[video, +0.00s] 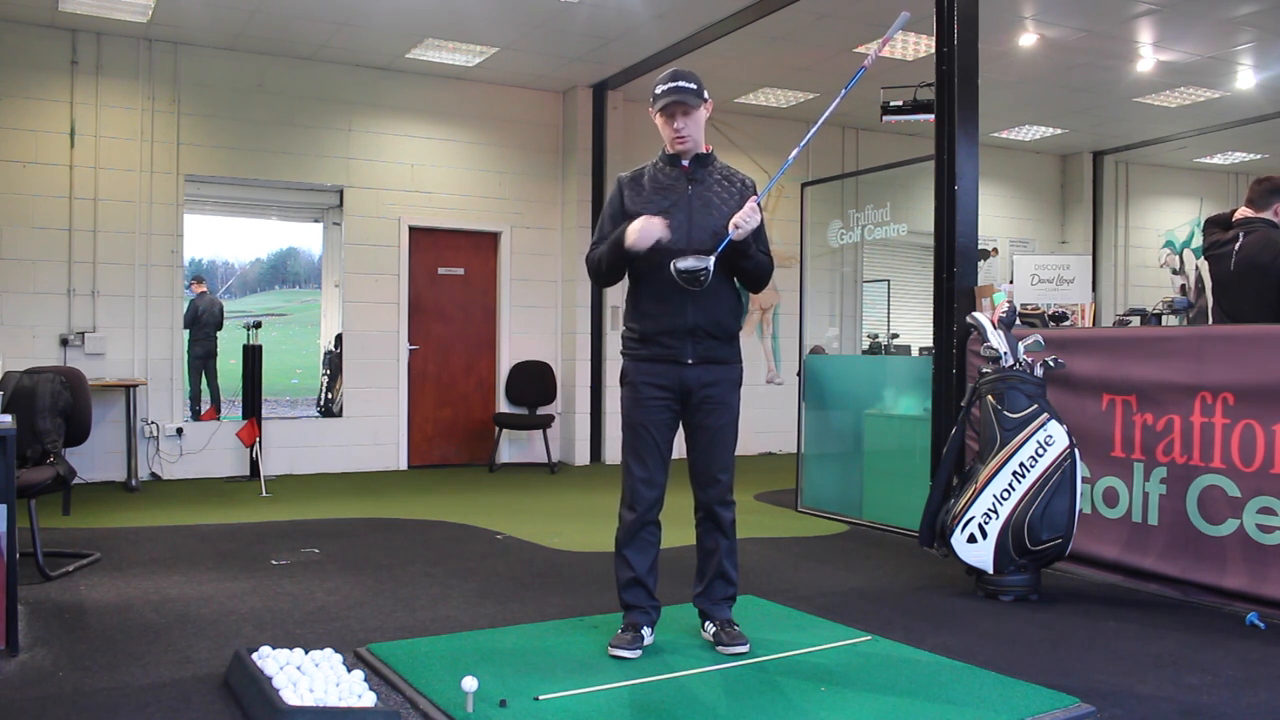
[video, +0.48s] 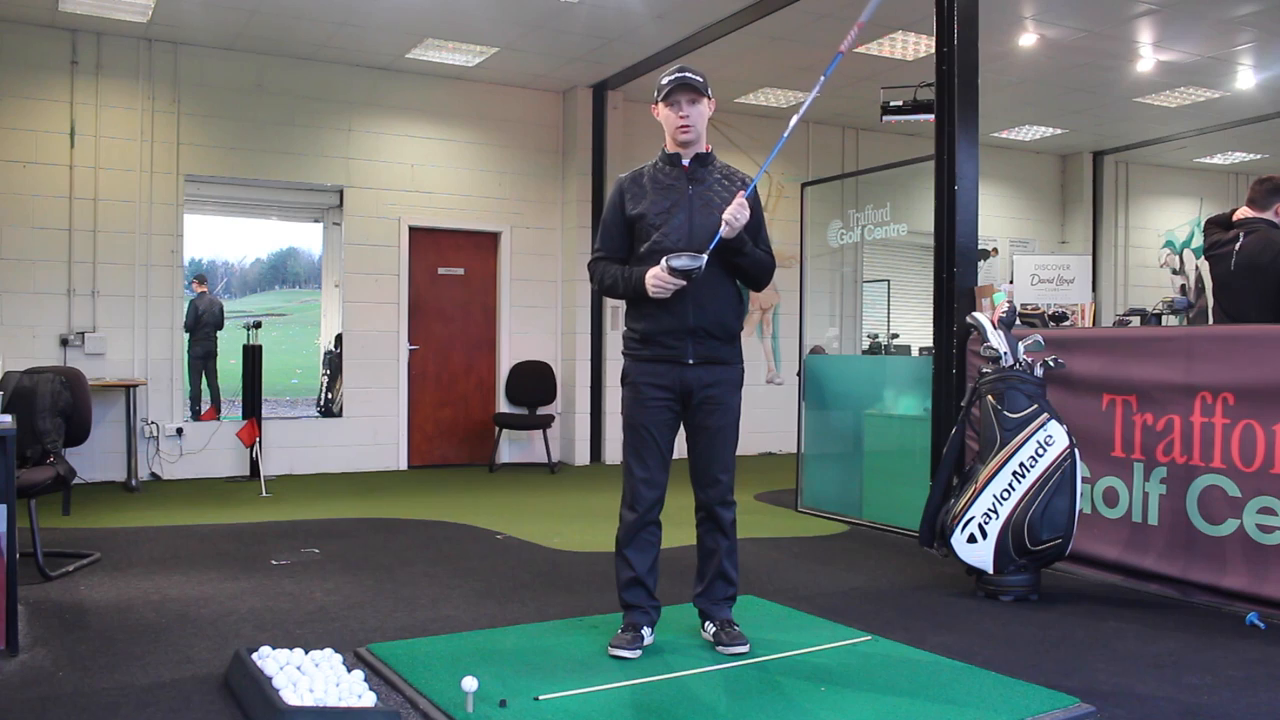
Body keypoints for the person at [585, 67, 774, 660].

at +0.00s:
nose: (676, 122)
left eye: (686, 110)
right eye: (667, 112)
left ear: (707, 112)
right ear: (655, 119)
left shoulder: (738, 188)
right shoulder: (631, 188)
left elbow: (758, 278)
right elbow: (599, 272)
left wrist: (748, 237)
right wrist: (625, 240)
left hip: (717, 364)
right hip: (648, 362)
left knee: (716, 495)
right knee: (641, 497)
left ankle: (718, 612)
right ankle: (637, 616)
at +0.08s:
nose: (680, 117)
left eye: (691, 106)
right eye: (670, 107)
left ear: (710, 111)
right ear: (657, 116)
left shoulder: (739, 189)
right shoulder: (631, 188)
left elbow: (758, 278)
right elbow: (597, 269)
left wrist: (748, 237)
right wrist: (616, 255)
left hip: (718, 363)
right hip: (648, 361)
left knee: (716, 495)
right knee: (641, 495)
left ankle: (718, 612)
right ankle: (637, 616)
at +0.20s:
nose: (684, 113)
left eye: (694, 102)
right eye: (674, 103)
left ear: (711, 110)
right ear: (659, 113)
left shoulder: (740, 189)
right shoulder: (631, 187)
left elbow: (759, 278)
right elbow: (597, 268)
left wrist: (747, 238)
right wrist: (625, 273)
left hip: (718, 364)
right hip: (649, 362)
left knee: (716, 495)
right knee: (641, 495)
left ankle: (718, 612)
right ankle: (637, 616)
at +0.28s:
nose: (683, 111)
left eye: (693, 101)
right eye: (673, 102)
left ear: (712, 109)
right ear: (658, 113)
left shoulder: (740, 188)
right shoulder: (631, 187)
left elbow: (759, 276)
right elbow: (600, 268)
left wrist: (743, 238)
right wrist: (634, 276)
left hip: (718, 364)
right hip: (649, 362)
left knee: (716, 495)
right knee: (641, 495)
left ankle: (718, 612)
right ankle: (638, 616)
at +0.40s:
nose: (683, 113)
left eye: (694, 102)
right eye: (673, 103)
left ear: (711, 110)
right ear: (658, 113)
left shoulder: (738, 188)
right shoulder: (631, 188)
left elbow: (759, 276)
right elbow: (603, 270)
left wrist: (738, 237)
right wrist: (642, 278)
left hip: (717, 364)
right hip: (649, 362)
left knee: (716, 495)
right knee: (642, 496)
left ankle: (718, 612)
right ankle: (638, 616)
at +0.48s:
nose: (682, 113)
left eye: (692, 102)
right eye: (673, 103)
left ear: (711, 110)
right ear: (658, 113)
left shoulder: (738, 187)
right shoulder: (631, 188)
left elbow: (760, 275)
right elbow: (602, 270)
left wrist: (739, 235)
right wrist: (641, 277)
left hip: (717, 364)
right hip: (649, 363)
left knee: (716, 495)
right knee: (642, 495)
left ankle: (718, 612)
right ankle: (638, 616)